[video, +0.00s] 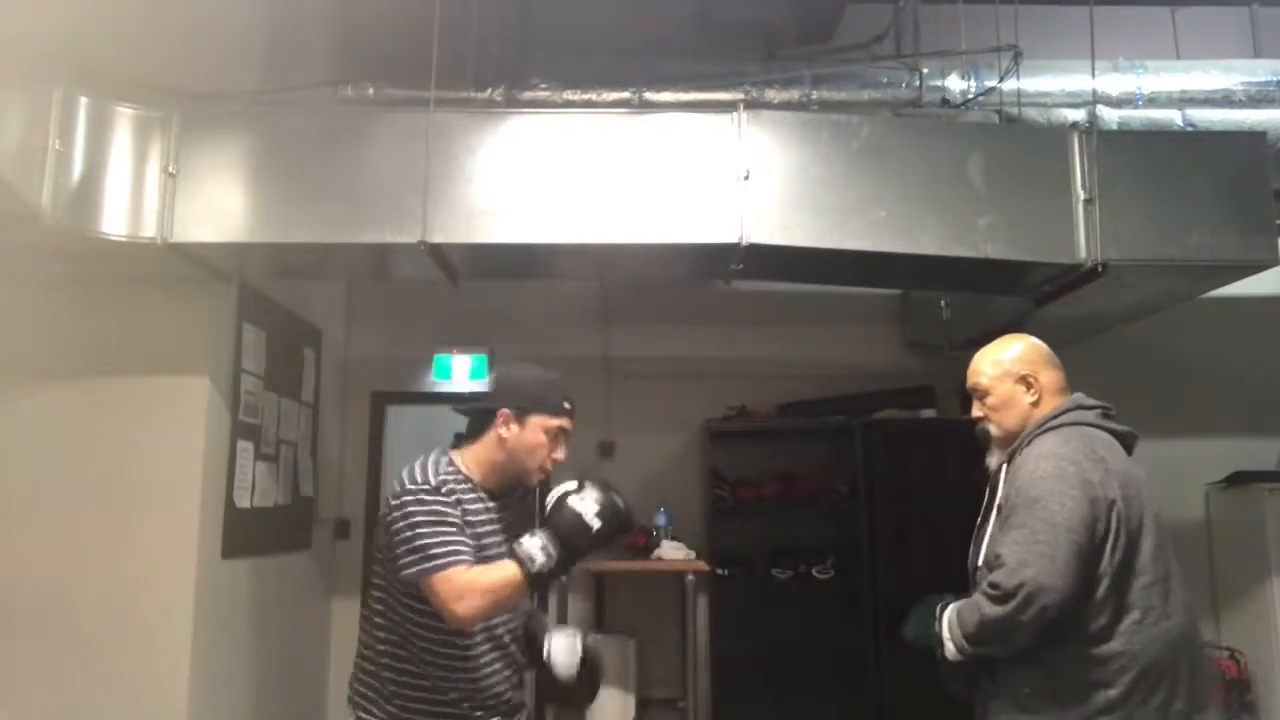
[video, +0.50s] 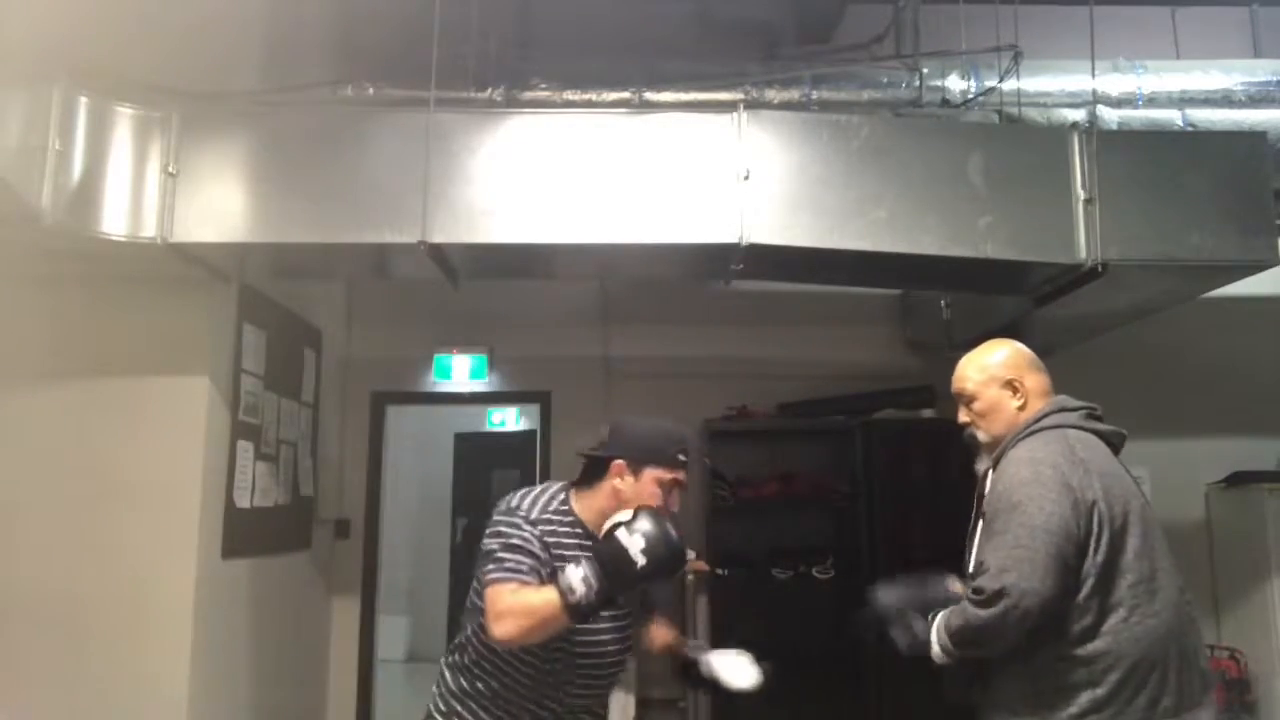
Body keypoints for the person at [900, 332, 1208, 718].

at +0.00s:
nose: (974, 413)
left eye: (982, 396)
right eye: (972, 399)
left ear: (1029, 389)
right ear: (1030, 390)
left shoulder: (1053, 458)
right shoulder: (1079, 444)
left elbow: (1033, 589)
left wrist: (949, 625)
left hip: (1094, 700)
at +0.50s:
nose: (960, 417)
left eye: (967, 400)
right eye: (958, 404)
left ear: (1016, 393)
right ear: (1017, 394)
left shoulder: (1035, 461)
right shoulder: (1074, 447)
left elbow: (1019, 597)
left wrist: (936, 634)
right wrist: (966, 590)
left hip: (1097, 699)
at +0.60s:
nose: (964, 417)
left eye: (971, 400)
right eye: (962, 404)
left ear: (1019, 392)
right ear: (1024, 394)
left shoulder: (1034, 462)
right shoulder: (1081, 450)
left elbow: (1014, 596)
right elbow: (1036, 571)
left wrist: (940, 634)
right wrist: (926, 554)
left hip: (1095, 697)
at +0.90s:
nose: (955, 420)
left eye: (963, 403)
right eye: (954, 406)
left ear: (1011, 394)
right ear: (1013, 396)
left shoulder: (1027, 465)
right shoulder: (1070, 449)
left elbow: (1009, 603)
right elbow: (1021, 547)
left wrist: (941, 639)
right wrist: (928, 534)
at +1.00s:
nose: (941, 424)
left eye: (948, 406)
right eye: (938, 410)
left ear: (996, 397)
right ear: (999, 399)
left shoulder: (1009, 471)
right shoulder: (1065, 453)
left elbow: (993, 613)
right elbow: (993, 519)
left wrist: (928, 646)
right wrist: (906, 506)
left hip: (1086, 697)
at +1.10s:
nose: (918, 430)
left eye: (925, 413)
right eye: (915, 416)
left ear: (975, 403)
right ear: (978, 403)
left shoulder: (989, 477)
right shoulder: (1043, 457)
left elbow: (978, 622)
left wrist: (911, 660)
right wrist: (898, 463)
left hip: (1077, 698)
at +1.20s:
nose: (900, 433)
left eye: (907, 416)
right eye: (897, 419)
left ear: (955, 406)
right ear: (957, 407)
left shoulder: (981, 482)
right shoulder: (1016, 462)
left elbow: (971, 629)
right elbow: (931, 550)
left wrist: (896, 672)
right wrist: (875, 461)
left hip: (1074, 702)